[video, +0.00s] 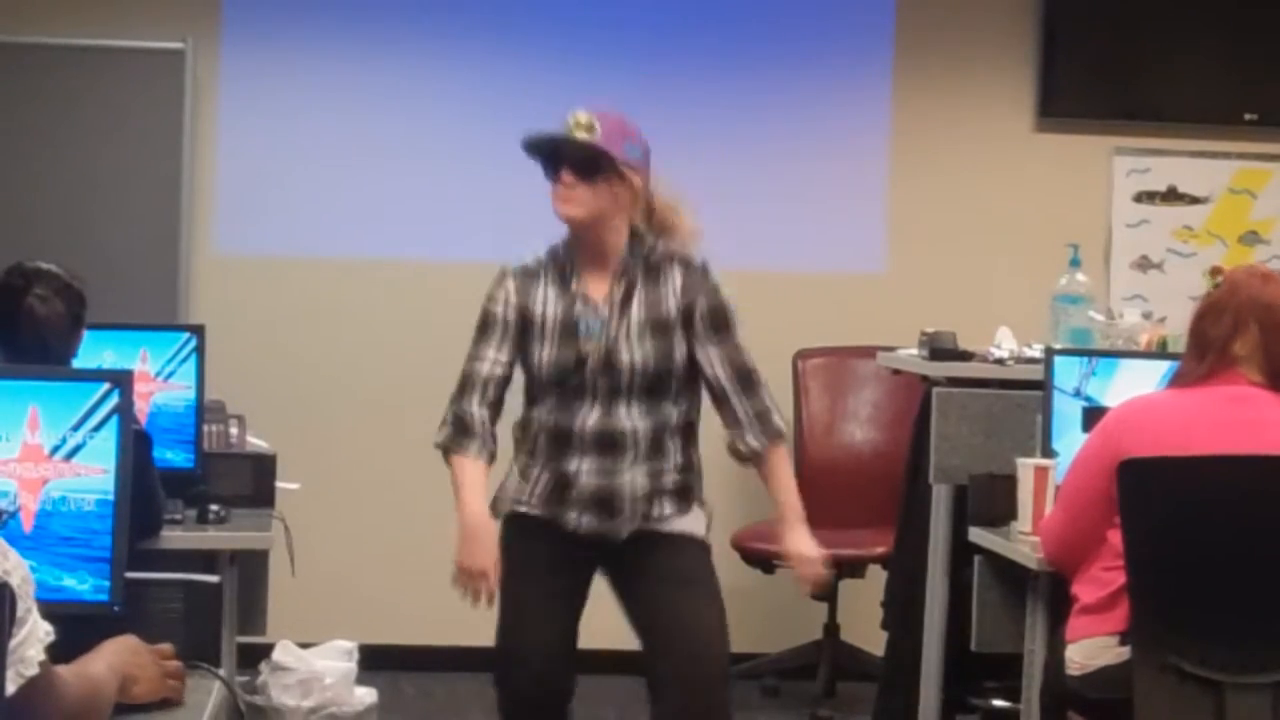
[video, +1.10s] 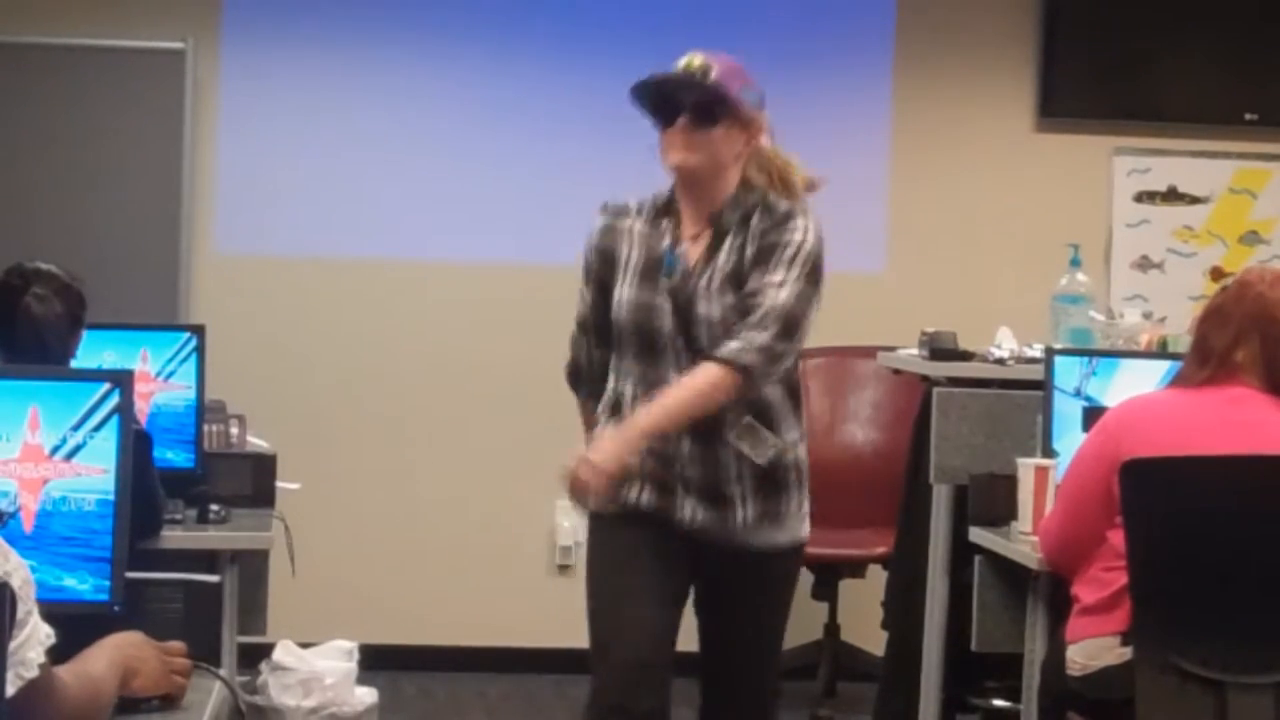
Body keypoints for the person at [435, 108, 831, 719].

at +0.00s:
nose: (561, 179)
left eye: (583, 168)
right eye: (557, 166)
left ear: (628, 186)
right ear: (549, 175)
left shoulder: (683, 282)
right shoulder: (522, 288)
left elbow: (748, 406)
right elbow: (470, 416)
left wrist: (793, 522)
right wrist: (473, 525)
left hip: (658, 517)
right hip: (546, 514)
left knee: (697, 690)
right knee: (529, 692)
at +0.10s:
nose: (597, 181)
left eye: (618, 168)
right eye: (583, 168)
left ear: (650, 185)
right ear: (568, 186)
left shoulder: (697, 285)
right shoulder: (529, 288)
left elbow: (754, 408)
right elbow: (491, 412)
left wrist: (796, 519)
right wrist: (507, 505)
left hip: (659, 518)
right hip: (548, 510)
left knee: (677, 695)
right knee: (522, 687)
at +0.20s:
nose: (650, 147)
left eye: (666, 133)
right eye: (630, 134)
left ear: (685, 148)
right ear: (600, 151)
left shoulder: (724, 253)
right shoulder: (551, 243)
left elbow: (762, 382)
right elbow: (519, 366)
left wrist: (763, 484)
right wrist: (575, 455)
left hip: (669, 495)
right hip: (561, 490)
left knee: (672, 684)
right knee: (549, 686)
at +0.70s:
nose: (761, 147)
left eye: (768, 133)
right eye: (739, 134)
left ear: (776, 145)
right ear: (689, 149)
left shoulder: (794, 253)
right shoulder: (623, 240)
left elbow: (844, 371)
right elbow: (546, 376)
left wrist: (871, 474)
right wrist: (525, 502)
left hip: (738, 516)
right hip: (619, 509)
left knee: (743, 701)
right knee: (598, 701)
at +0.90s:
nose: (730, 173)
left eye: (747, 156)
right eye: (709, 158)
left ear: (774, 172)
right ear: (685, 175)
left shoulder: (805, 284)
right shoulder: (631, 272)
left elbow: (822, 404)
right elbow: (570, 392)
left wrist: (810, 514)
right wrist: (523, 504)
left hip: (748, 527)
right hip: (630, 520)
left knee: (753, 706)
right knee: (597, 700)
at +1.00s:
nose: (703, 119)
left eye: (725, 108)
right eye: (688, 107)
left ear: (761, 133)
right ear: (671, 129)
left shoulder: (800, 238)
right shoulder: (623, 227)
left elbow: (780, 374)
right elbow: (579, 372)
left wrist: (712, 479)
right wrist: (590, 476)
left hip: (755, 501)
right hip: (633, 492)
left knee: (739, 699)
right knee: (619, 692)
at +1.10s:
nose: (682, 129)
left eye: (705, 115)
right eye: (671, 115)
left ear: (750, 135)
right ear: (659, 129)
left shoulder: (789, 232)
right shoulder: (619, 231)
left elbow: (746, 359)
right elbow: (588, 368)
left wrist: (624, 438)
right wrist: (605, 459)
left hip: (752, 511)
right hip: (636, 504)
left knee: (739, 706)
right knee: (623, 697)